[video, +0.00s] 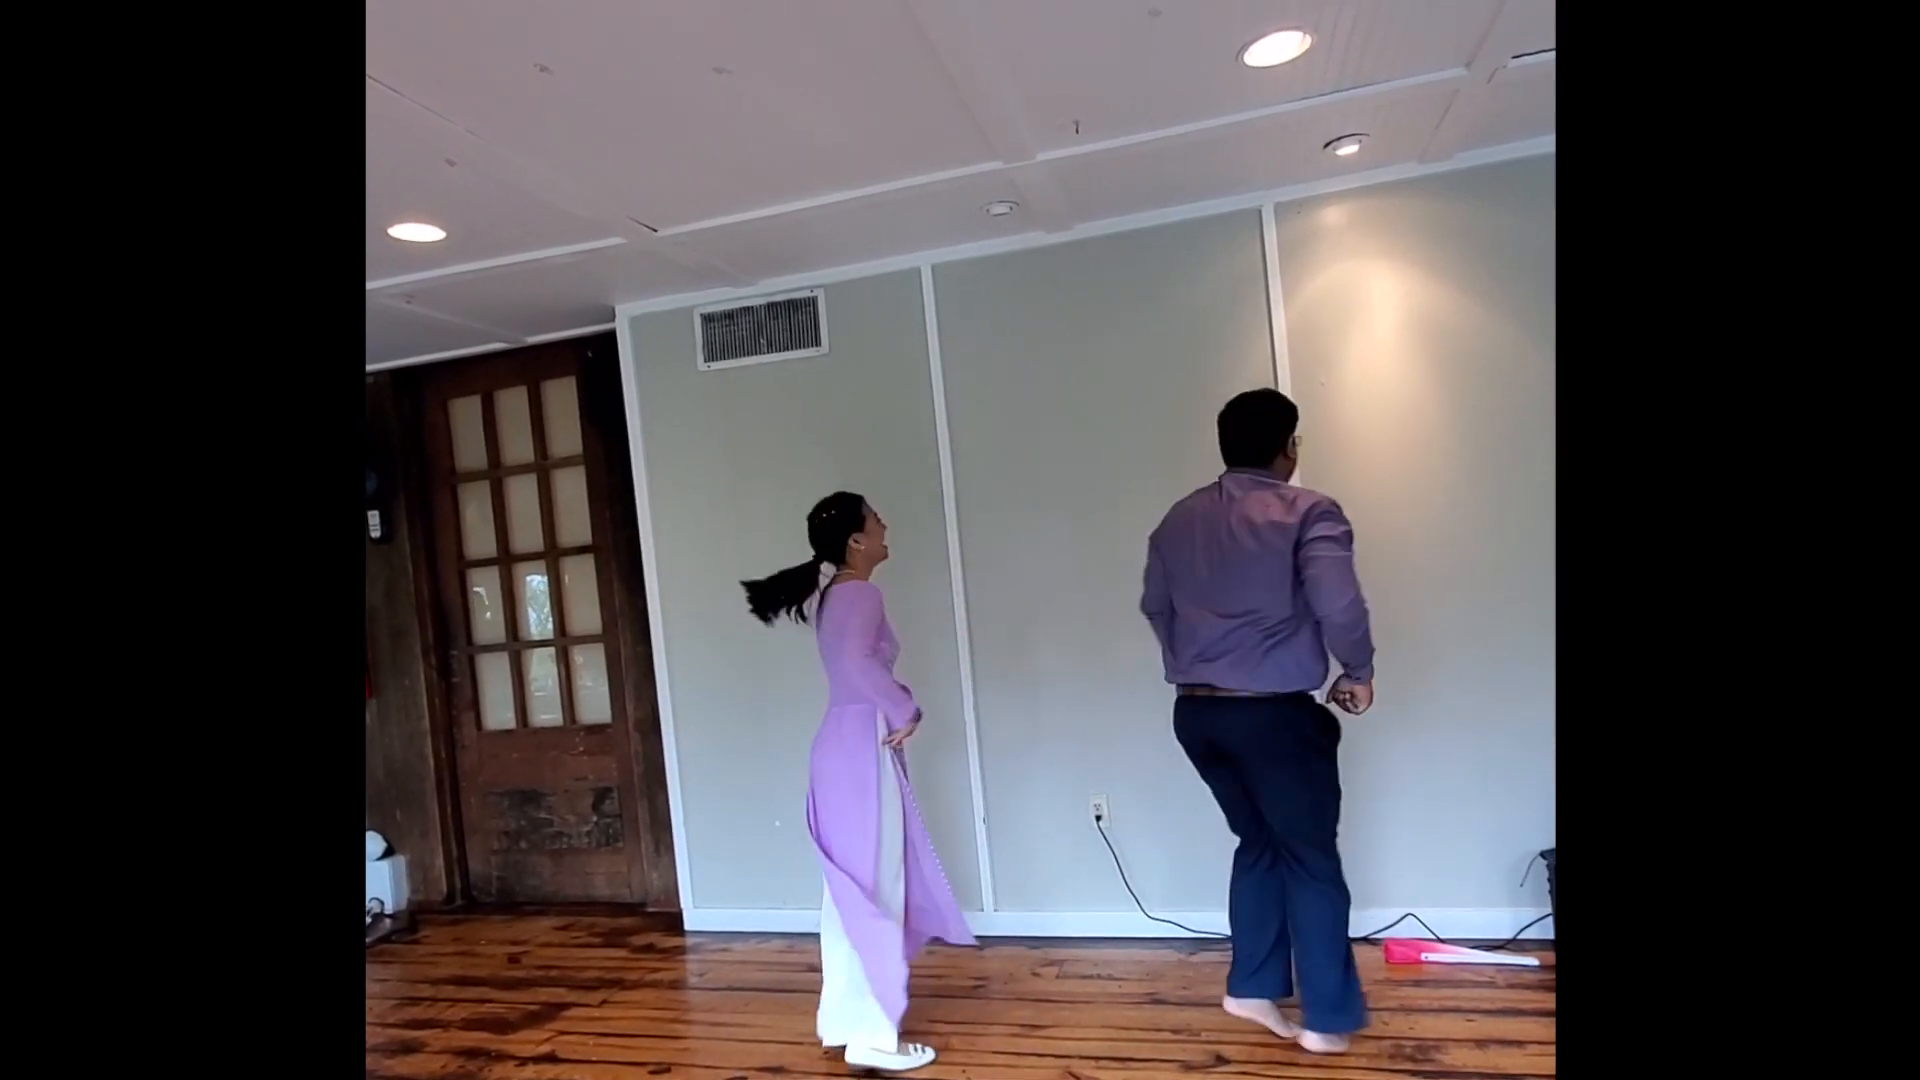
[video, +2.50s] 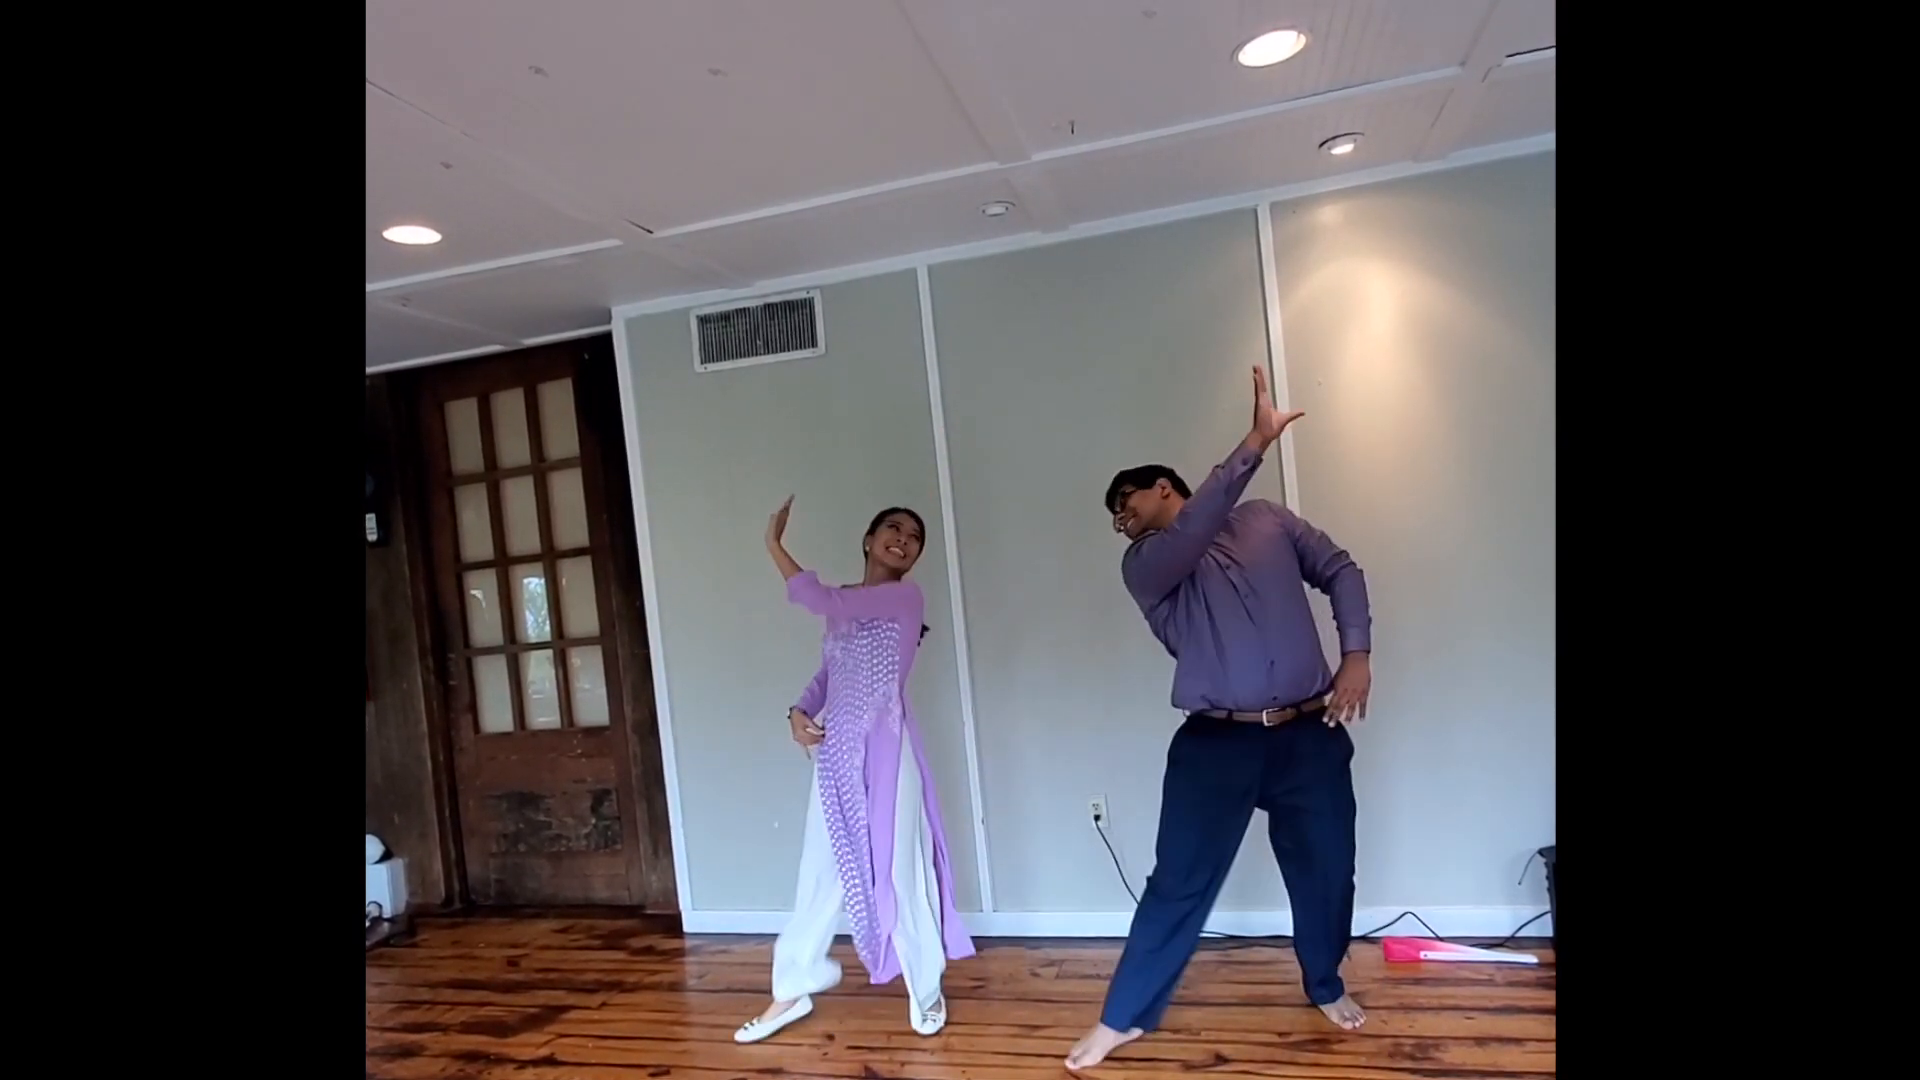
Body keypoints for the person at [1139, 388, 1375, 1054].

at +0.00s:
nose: (1297, 450)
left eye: (1292, 440)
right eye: (1295, 442)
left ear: (1224, 448)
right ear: (1287, 450)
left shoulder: (1177, 520)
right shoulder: (1309, 513)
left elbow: (1157, 606)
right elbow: (1340, 608)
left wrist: (1188, 669)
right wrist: (1358, 671)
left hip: (1199, 718)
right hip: (1280, 717)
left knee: (1256, 840)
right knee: (1312, 856)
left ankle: (1250, 989)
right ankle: (1329, 1018)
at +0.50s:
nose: (1131, 484)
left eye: (1141, 471)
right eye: (1130, 471)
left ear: (1186, 472)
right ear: (1188, 474)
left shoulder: (1199, 534)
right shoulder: (1214, 523)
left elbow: (1224, 627)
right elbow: (1227, 630)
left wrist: (1181, 718)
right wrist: (1189, 718)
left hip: (1245, 734)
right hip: (1277, 728)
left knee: (1207, 889)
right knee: (1260, 879)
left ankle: (1253, 1046)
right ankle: (1320, 1035)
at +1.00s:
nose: (1111, 482)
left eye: (1124, 469)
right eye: (1106, 471)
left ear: (1166, 473)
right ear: (1105, 477)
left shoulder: (1225, 524)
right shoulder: (1096, 538)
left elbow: (1299, 586)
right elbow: (1024, 525)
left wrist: (1250, 671)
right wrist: (975, 472)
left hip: (1224, 734)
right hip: (1152, 738)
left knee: (1222, 882)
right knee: (1159, 872)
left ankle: (1252, 1043)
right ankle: (1194, 979)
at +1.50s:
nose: (1124, 473)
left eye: (1136, 462)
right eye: (1115, 467)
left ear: (1171, 472)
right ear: (1108, 483)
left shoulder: (1223, 523)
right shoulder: (1091, 532)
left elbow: (1278, 588)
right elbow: (1019, 502)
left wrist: (1268, 661)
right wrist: (954, 449)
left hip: (1239, 722)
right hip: (1151, 735)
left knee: (1305, 851)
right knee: (1178, 875)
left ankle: (1357, 986)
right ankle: (1205, 986)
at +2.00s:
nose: (1144, 481)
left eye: (1151, 468)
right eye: (1131, 478)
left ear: (1184, 467)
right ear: (1127, 496)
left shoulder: (1256, 515)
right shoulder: (1135, 551)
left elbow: (1308, 570)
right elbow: (1150, 511)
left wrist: (1324, 641)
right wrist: (1192, 444)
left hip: (1284, 722)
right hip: (1191, 728)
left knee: (1320, 862)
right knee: (1151, 852)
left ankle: (1328, 979)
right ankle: (1185, 962)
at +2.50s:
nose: (1121, 520)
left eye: (1125, 503)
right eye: (1117, 514)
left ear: (1167, 487)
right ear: (1149, 509)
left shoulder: (1264, 518)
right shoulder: (1146, 568)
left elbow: (1340, 570)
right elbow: (1192, 526)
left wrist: (1357, 657)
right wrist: (1252, 447)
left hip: (1308, 733)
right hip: (1214, 743)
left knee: (1327, 873)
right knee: (1178, 883)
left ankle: (1326, 984)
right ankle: (1123, 1016)